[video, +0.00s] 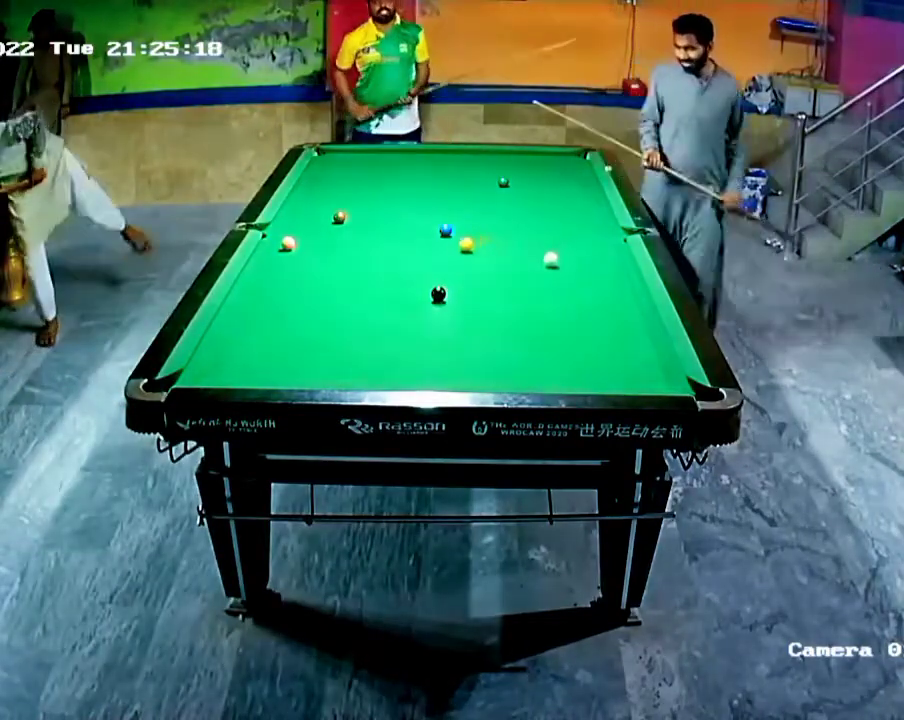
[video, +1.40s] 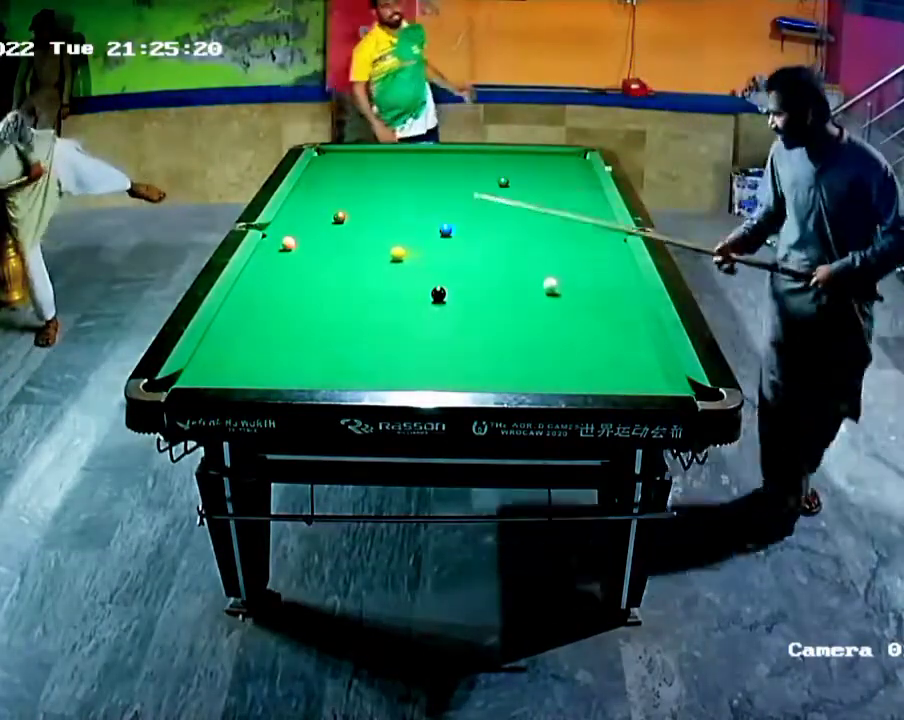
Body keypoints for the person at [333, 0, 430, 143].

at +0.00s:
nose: (383, 6)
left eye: (388, 1)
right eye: (377, 2)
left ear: (395, 4)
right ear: (369, 5)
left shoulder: (415, 33)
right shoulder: (355, 38)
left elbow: (423, 66)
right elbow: (339, 72)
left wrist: (416, 88)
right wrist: (354, 106)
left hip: (407, 128)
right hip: (369, 130)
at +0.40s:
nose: (362, 11)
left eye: (367, 5)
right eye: (356, 7)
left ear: (375, 5)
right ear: (350, 11)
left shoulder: (401, 30)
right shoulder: (341, 44)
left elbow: (415, 60)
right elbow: (327, 74)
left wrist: (408, 92)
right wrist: (337, 113)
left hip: (404, 126)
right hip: (367, 130)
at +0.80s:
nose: (345, 18)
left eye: (347, 9)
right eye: (336, 15)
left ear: (353, 7)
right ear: (329, 21)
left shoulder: (383, 29)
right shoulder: (327, 54)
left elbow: (401, 54)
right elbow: (317, 88)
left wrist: (401, 86)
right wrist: (331, 128)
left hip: (402, 119)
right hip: (367, 130)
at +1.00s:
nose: (349, 15)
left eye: (350, 7)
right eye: (340, 14)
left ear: (354, 6)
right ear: (331, 20)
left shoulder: (383, 29)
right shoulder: (328, 56)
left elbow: (399, 56)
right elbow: (328, 98)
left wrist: (407, 86)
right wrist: (349, 134)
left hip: (402, 119)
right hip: (366, 131)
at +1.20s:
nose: (359, 12)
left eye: (360, 5)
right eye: (350, 10)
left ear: (365, 5)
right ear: (341, 16)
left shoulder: (390, 29)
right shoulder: (337, 53)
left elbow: (404, 60)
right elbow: (338, 99)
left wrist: (419, 84)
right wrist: (363, 127)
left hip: (408, 119)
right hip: (375, 131)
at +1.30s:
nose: (374, 10)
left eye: (375, 4)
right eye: (365, 7)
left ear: (380, 5)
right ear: (355, 14)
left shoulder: (400, 29)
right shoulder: (348, 51)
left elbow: (411, 63)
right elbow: (346, 98)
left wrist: (436, 86)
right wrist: (368, 127)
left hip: (415, 123)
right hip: (382, 132)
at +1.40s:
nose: (395, 11)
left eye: (398, 4)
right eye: (386, 6)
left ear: (403, 5)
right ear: (375, 11)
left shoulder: (413, 32)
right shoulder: (366, 47)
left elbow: (421, 66)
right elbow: (359, 90)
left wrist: (453, 88)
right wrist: (378, 127)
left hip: (426, 123)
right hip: (396, 131)